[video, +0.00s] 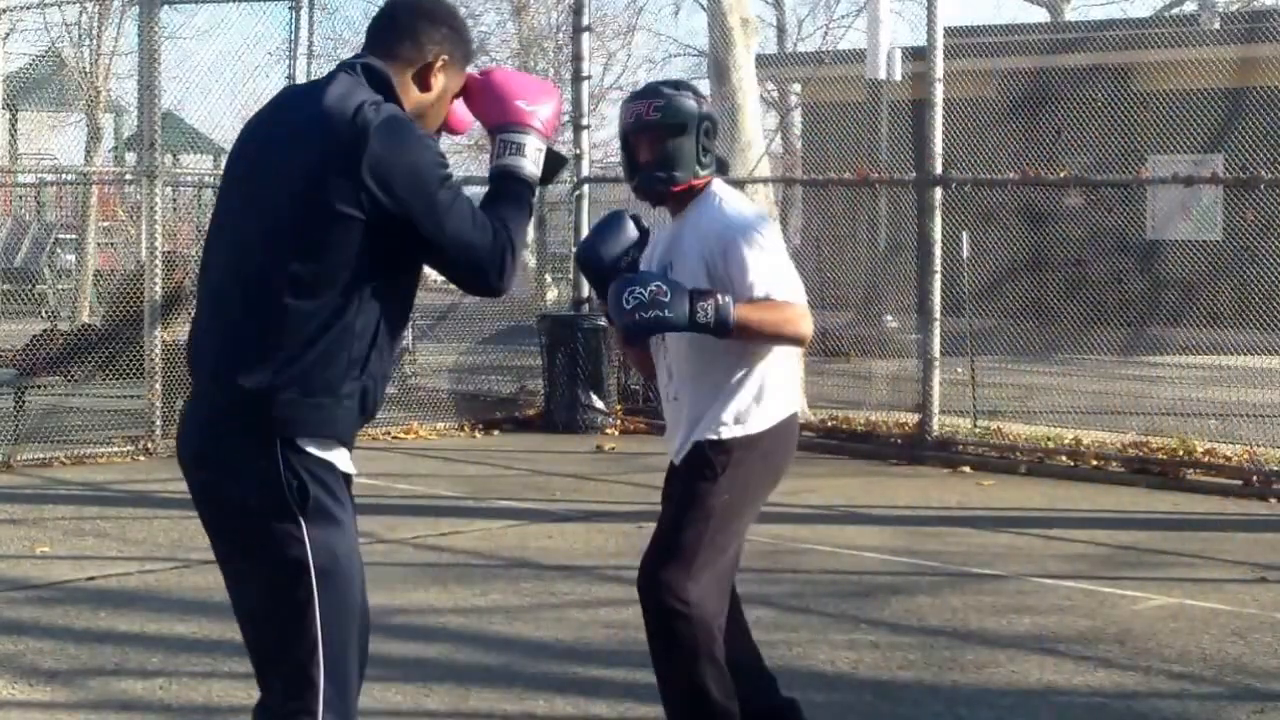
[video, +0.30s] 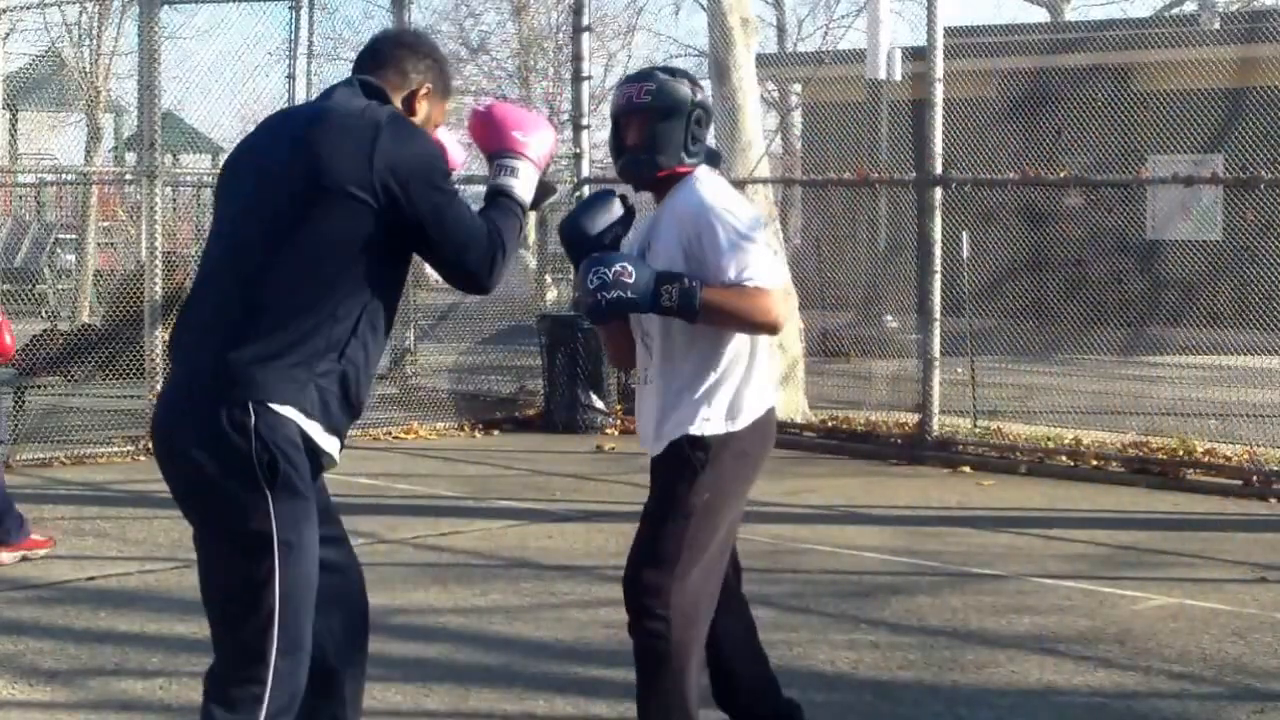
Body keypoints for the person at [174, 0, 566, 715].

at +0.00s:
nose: (448, 117)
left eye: (456, 100)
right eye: (454, 96)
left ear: (376, 52)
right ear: (429, 71)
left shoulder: (284, 112)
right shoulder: (379, 134)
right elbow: (491, 265)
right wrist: (517, 151)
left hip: (229, 433)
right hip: (287, 448)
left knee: (297, 688)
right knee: (319, 695)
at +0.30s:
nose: (436, 134)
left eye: (439, 121)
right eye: (438, 118)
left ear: (362, 78)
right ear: (416, 94)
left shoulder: (269, 134)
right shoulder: (392, 141)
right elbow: (480, 267)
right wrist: (514, 175)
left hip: (204, 415)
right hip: (257, 423)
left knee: (338, 622)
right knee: (264, 670)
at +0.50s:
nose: (382, 128)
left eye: (386, 112)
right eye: (384, 110)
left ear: (301, 73)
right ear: (359, 86)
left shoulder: (214, 130)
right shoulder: (333, 138)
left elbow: (306, 197)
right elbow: (417, 271)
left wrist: (413, 158)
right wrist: (470, 192)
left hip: (158, 421)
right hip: (216, 435)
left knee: (305, 628)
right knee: (209, 679)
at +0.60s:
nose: (333, 116)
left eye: (340, 101)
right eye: (337, 99)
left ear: (264, 63)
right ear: (312, 76)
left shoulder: (179, 121)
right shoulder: (268, 137)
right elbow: (394, 238)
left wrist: (361, 163)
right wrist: (444, 173)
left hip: (207, 452)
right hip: (156, 450)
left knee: (282, 674)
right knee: (178, 695)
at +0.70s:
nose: (308, 102)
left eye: (315, 87)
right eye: (311, 85)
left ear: (233, 52)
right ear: (282, 64)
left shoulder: (142, 114)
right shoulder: (225, 134)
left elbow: (208, 225)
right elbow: (339, 261)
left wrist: (292, 150)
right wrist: (395, 184)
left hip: (171, 439)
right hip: (127, 446)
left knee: (243, 633)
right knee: (160, 685)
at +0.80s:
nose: (284, 99)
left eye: (294, 82)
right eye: (288, 79)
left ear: (218, 52)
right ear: (254, 59)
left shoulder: (144, 105)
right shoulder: (178, 129)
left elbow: (184, 253)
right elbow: (272, 278)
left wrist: (262, 173)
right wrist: (344, 200)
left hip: (157, 425)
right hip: (100, 441)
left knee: (235, 606)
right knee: (144, 688)